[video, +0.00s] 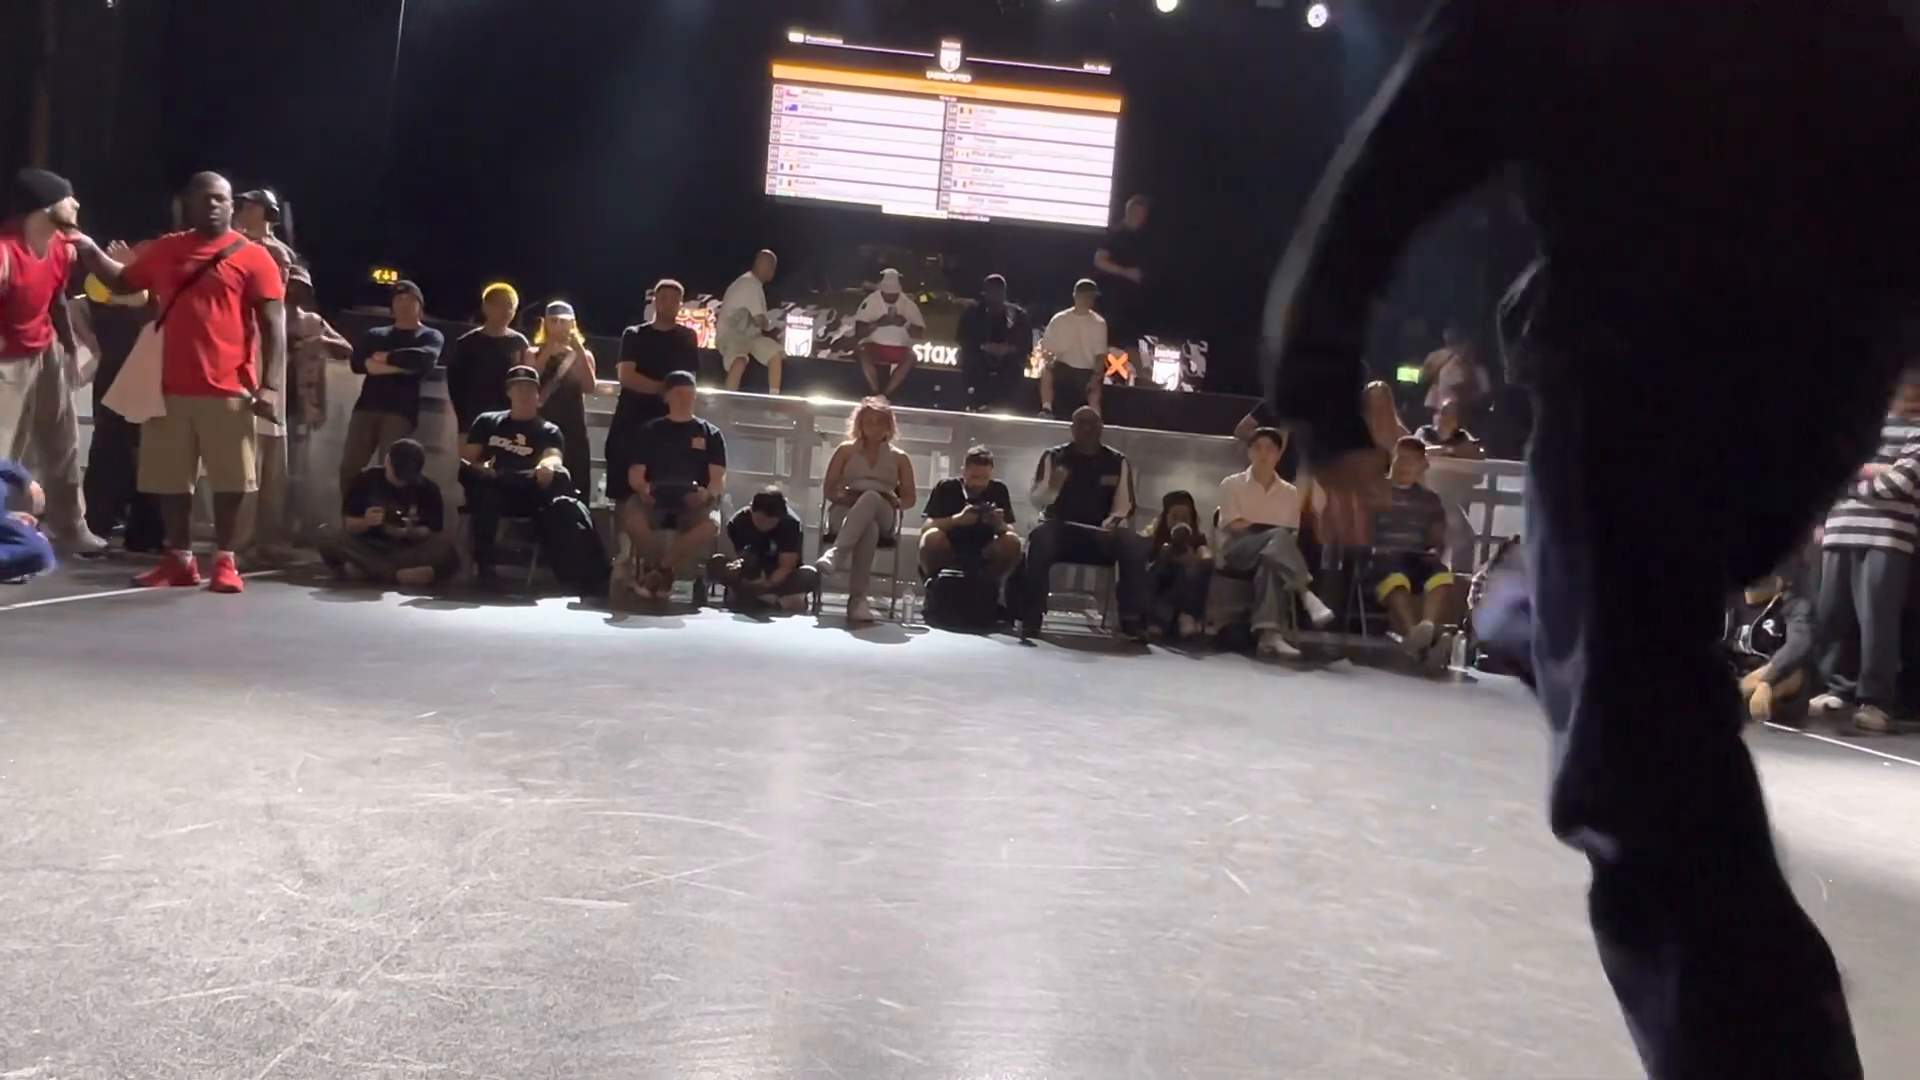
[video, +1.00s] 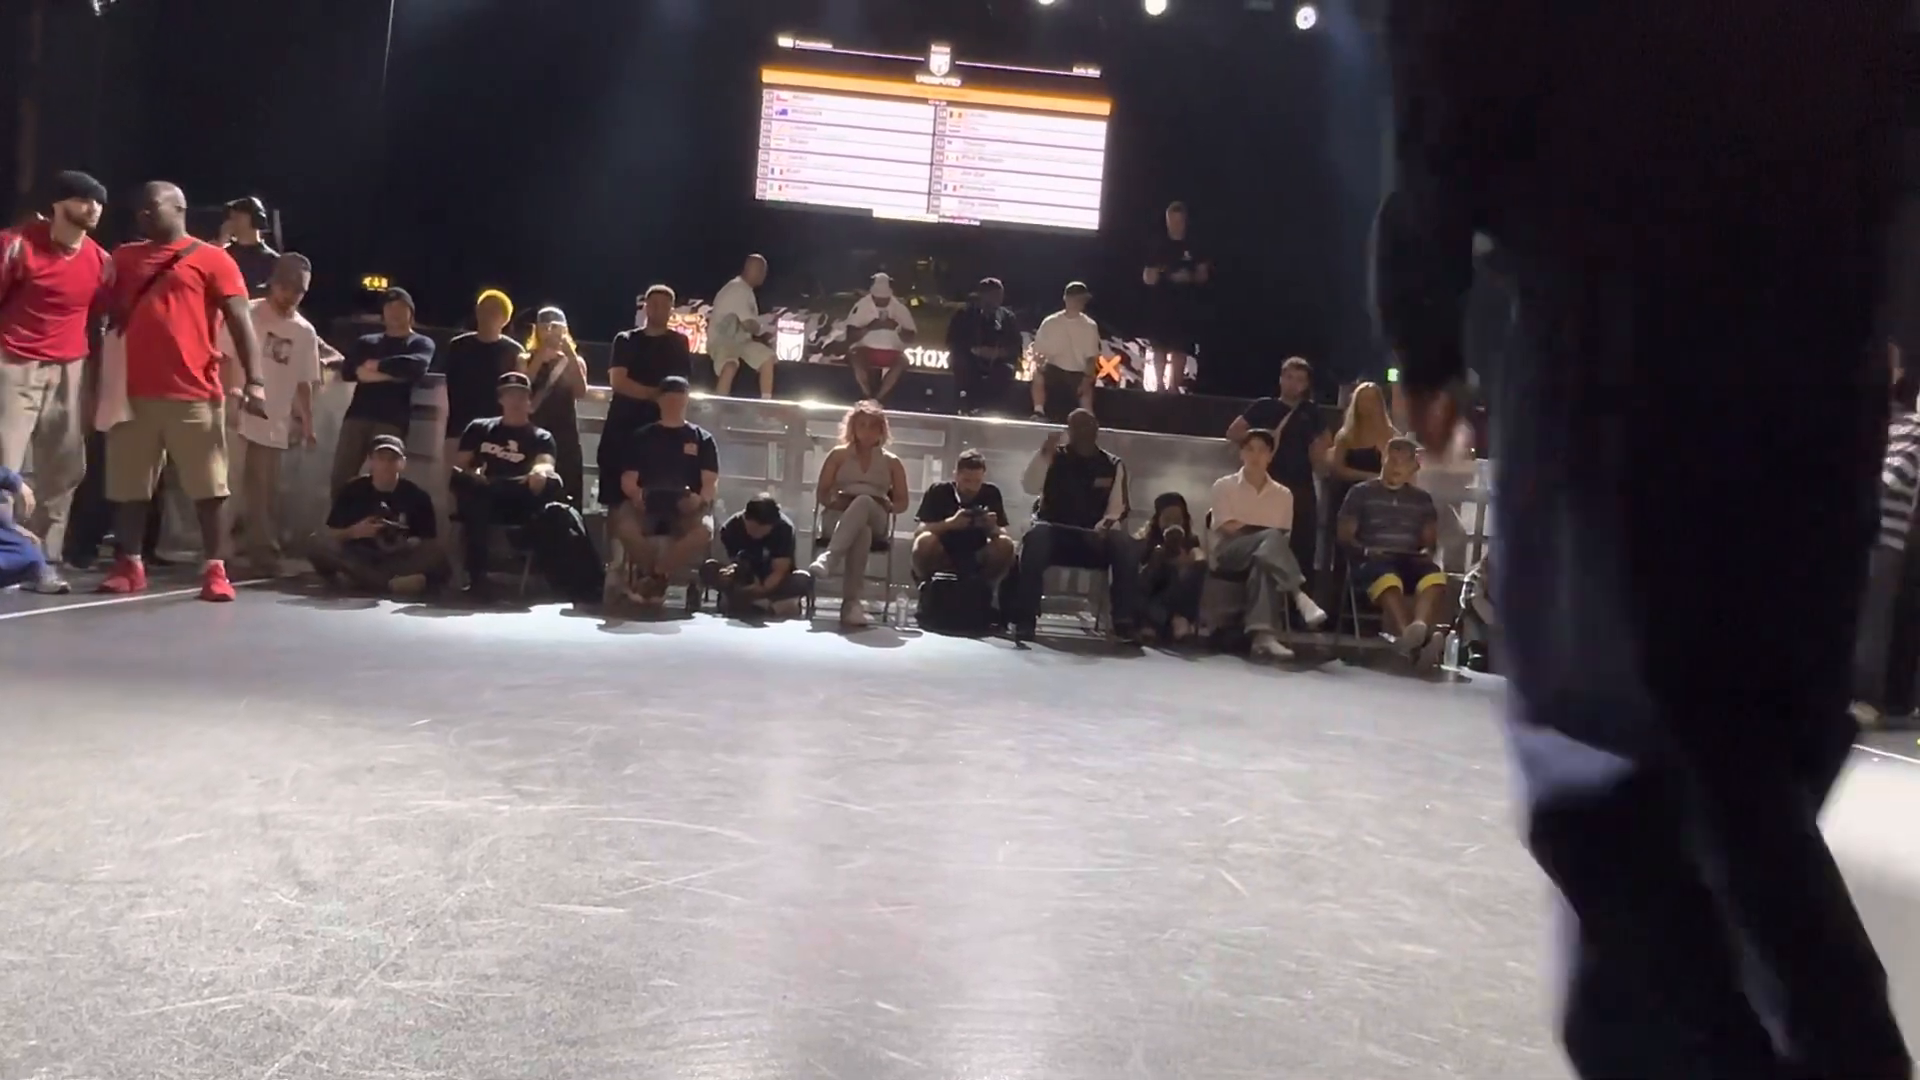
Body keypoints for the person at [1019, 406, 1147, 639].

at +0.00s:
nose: (1087, 429)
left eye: (1093, 423)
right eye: (1081, 423)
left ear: (1102, 428)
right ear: (1071, 428)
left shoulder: (1118, 462)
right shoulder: (1053, 457)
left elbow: (1123, 503)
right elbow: (1037, 500)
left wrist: (1114, 519)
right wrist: (1053, 486)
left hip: (1099, 535)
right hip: (1062, 533)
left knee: (1132, 541)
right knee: (1040, 536)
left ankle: (1132, 619)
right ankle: (1031, 619)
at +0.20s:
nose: (1085, 428)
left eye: (1091, 423)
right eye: (1080, 423)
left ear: (1101, 427)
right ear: (1071, 428)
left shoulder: (1118, 461)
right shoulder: (1058, 454)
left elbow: (1123, 502)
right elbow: (1035, 479)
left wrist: (1114, 518)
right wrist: (1053, 445)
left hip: (1100, 534)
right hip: (1062, 532)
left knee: (1132, 540)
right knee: (1042, 535)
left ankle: (1131, 619)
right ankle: (1031, 618)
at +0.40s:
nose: (1085, 429)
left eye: (1091, 423)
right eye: (1080, 424)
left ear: (1101, 429)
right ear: (1072, 429)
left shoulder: (1119, 462)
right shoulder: (1061, 455)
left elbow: (1124, 504)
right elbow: (1035, 465)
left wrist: (1115, 520)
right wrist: (1058, 431)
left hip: (1099, 534)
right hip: (1062, 532)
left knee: (1132, 542)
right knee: (1041, 537)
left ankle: (1131, 620)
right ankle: (1031, 620)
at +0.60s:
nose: (1086, 431)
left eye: (1091, 425)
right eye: (1080, 426)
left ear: (1101, 430)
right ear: (1072, 430)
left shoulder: (1120, 464)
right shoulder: (1061, 455)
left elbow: (1123, 506)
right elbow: (1036, 463)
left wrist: (1114, 521)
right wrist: (1057, 429)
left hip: (1099, 536)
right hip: (1061, 533)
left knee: (1131, 543)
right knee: (1042, 537)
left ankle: (1131, 621)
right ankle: (1031, 621)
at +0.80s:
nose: (1083, 431)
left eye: (1089, 426)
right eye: (1077, 426)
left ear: (1098, 431)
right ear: (1070, 431)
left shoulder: (1117, 465)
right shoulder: (1058, 456)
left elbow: (1120, 507)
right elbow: (1034, 465)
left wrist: (1110, 524)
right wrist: (1054, 432)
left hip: (1096, 537)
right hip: (1059, 535)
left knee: (1129, 544)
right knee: (1039, 537)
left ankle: (1128, 623)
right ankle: (1029, 622)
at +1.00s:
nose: (1082, 433)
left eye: (1087, 426)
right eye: (1077, 427)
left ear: (1097, 430)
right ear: (1068, 430)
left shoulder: (1114, 465)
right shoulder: (1054, 457)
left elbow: (1117, 506)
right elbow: (1030, 486)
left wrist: (1106, 523)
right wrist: (1045, 453)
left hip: (1092, 537)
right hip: (1056, 535)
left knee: (1124, 542)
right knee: (1036, 537)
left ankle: (1124, 621)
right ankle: (1025, 621)